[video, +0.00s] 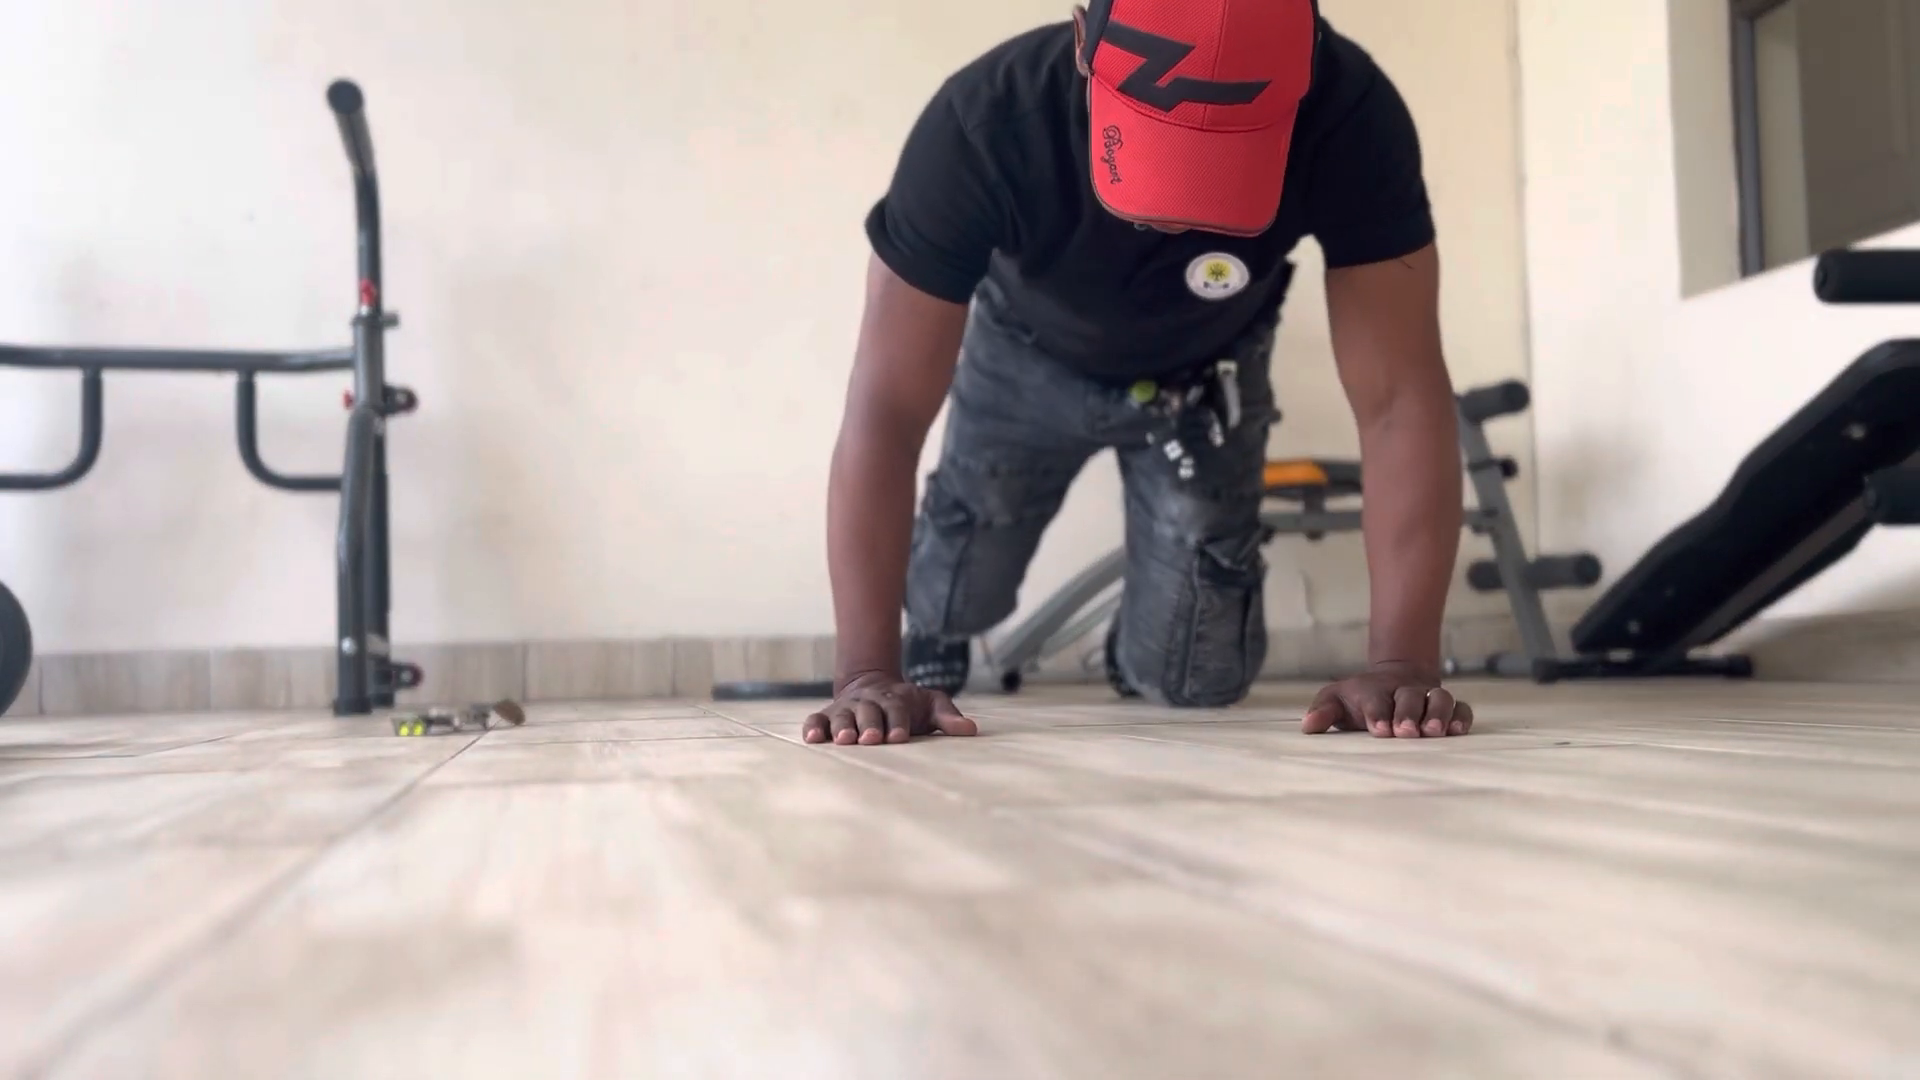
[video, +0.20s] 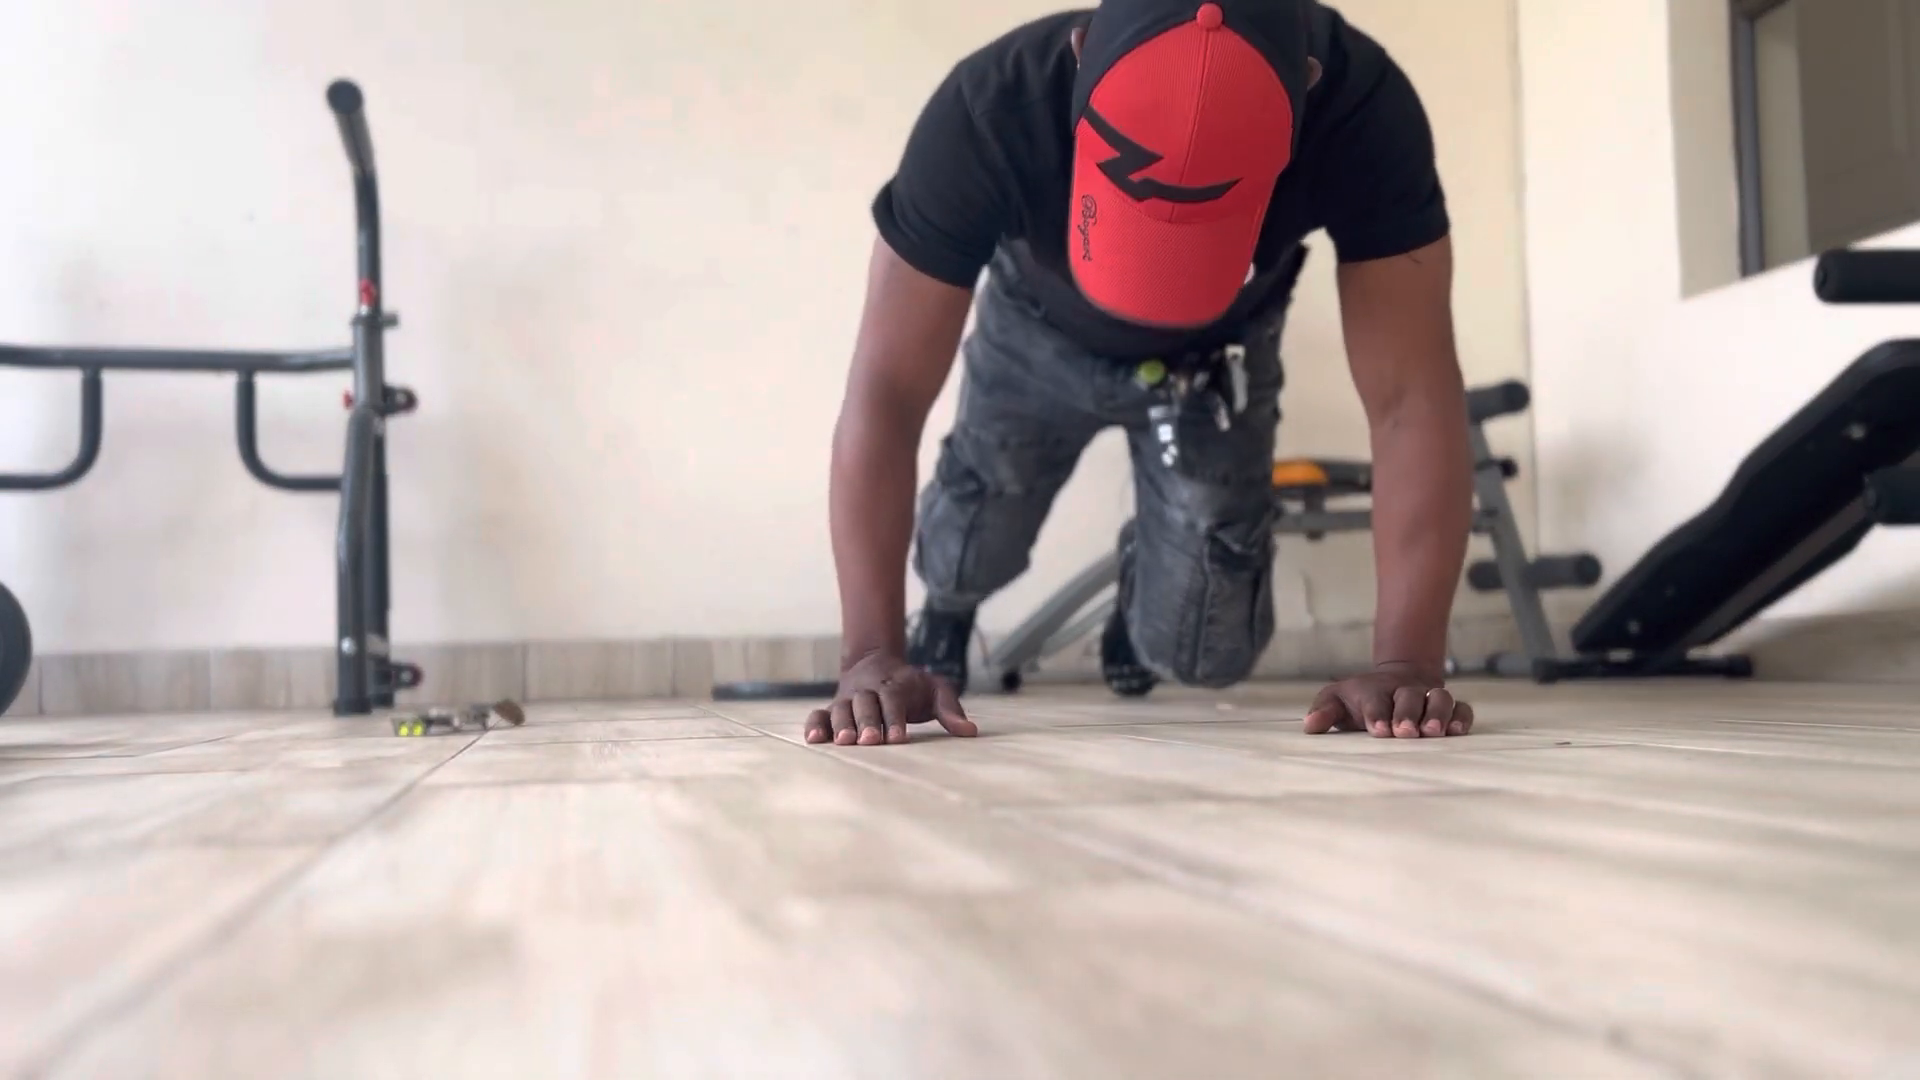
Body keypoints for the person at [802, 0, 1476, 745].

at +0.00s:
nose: (1176, 191)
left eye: (1215, 164)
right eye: (1152, 157)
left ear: (1287, 94)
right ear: (1094, 67)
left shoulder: (1351, 122)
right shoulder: (982, 129)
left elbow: (1400, 398)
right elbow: (881, 415)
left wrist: (1402, 662)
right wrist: (865, 674)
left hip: (1212, 373)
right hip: (1026, 359)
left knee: (1194, 678)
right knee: (954, 597)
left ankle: (1141, 637)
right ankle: (925, 666)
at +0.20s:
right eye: (1133, 195)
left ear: (1293, 118)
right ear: (1082, 79)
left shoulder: (1365, 116)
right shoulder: (986, 117)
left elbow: (1412, 397)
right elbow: (882, 396)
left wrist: (1406, 663)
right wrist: (865, 654)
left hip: (1224, 348)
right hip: (1040, 328)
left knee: (1208, 655)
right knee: (981, 528)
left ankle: (1144, 585)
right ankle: (945, 609)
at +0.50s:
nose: (1132, 340)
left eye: (1173, 298)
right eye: (1097, 280)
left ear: (1286, 136)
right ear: (1055, 107)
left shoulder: (1369, 111)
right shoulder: (967, 121)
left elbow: (1418, 398)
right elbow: (872, 414)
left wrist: (1406, 663)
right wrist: (869, 673)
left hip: (1225, 280)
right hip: (1024, 261)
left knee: (1206, 574)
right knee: (983, 466)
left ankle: (1164, 590)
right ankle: (951, 602)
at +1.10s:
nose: (1142, 267)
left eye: (1174, 242)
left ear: (1254, 100)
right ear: (1033, 96)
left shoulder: (1339, 104)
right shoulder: (933, 115)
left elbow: (1420, 395)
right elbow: (863, 418)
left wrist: (1409, 663)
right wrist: (875, 674)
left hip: (1199, 347)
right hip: (1022, 348)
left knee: (1188, 534)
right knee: (1012, 541)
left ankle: (1159, 601)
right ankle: (1022, 605)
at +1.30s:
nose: (1127, 153)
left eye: (1162, 123)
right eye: (1089, 124)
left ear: (1214, 53)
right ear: (1017, 47)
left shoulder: (1304, 84)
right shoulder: (917, 100)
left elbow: (1401, 372)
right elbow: (872, 405)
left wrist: (1405, 643)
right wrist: (875, 672)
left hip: (1169, 331)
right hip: (994, 342)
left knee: (1179, 520)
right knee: (990, 538)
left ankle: (1164, 605)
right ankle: (1013, 600)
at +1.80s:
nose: (1188, 61)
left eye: (1241, 17)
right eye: (1146, 8)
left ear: (1309, 10)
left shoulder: (1396, 41)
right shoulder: (991, 46)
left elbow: (1450, 371)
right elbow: (882, 347)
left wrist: (1434, 664)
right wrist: (897, 595)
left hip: (1262, 335)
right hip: (1069, 317)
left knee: (1248, 517)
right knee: (1025, 483)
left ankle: (1215, 588)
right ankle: (1014, 602)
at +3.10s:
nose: (1068, 99)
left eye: (1117, 63)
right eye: (1029, 56)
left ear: (1196, 18)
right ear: (978, 18)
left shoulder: (1307, 57)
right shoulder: (902, 88)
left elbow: (1392, 380)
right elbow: (810, 403)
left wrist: (1359, 669)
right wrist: (808, 677)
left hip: (1216, 395)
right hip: (1016, 389)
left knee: (1235, 541)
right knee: (971, 531)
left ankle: (1224, 607)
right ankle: (958, 615)